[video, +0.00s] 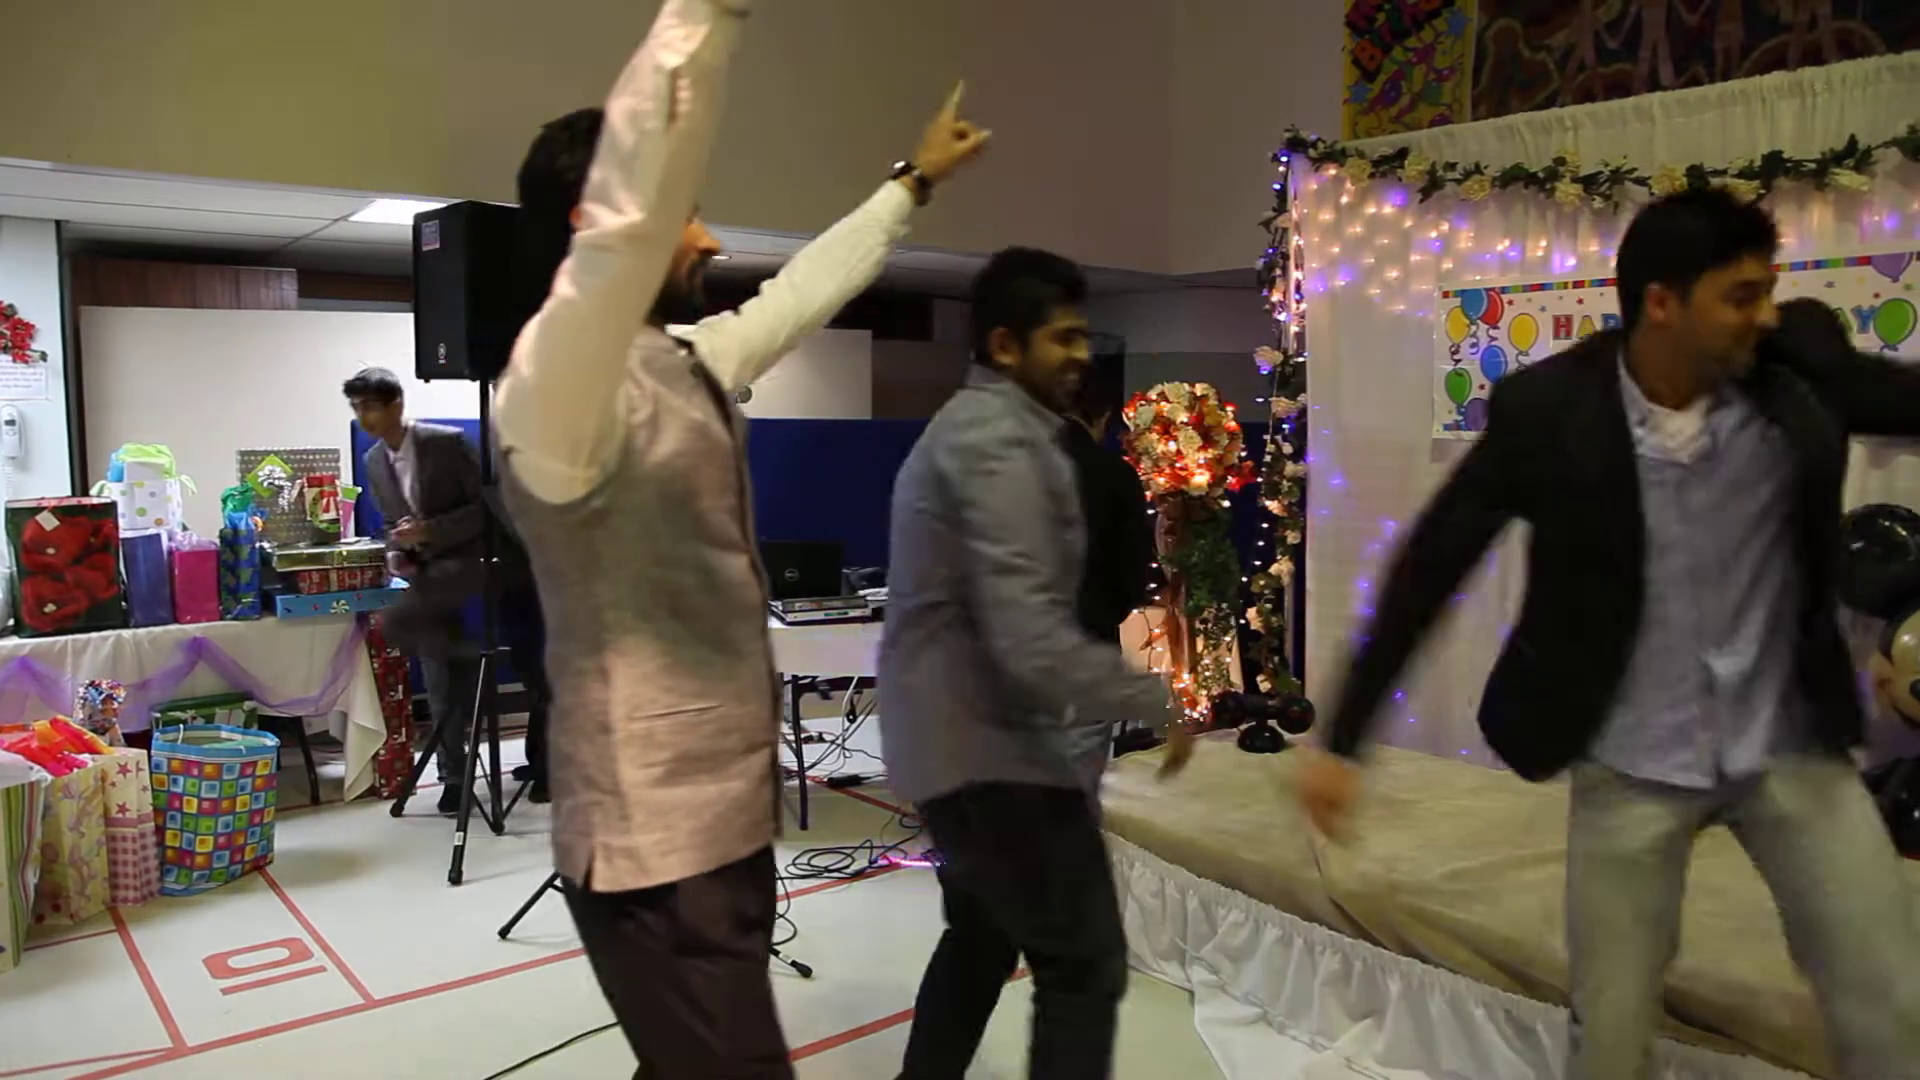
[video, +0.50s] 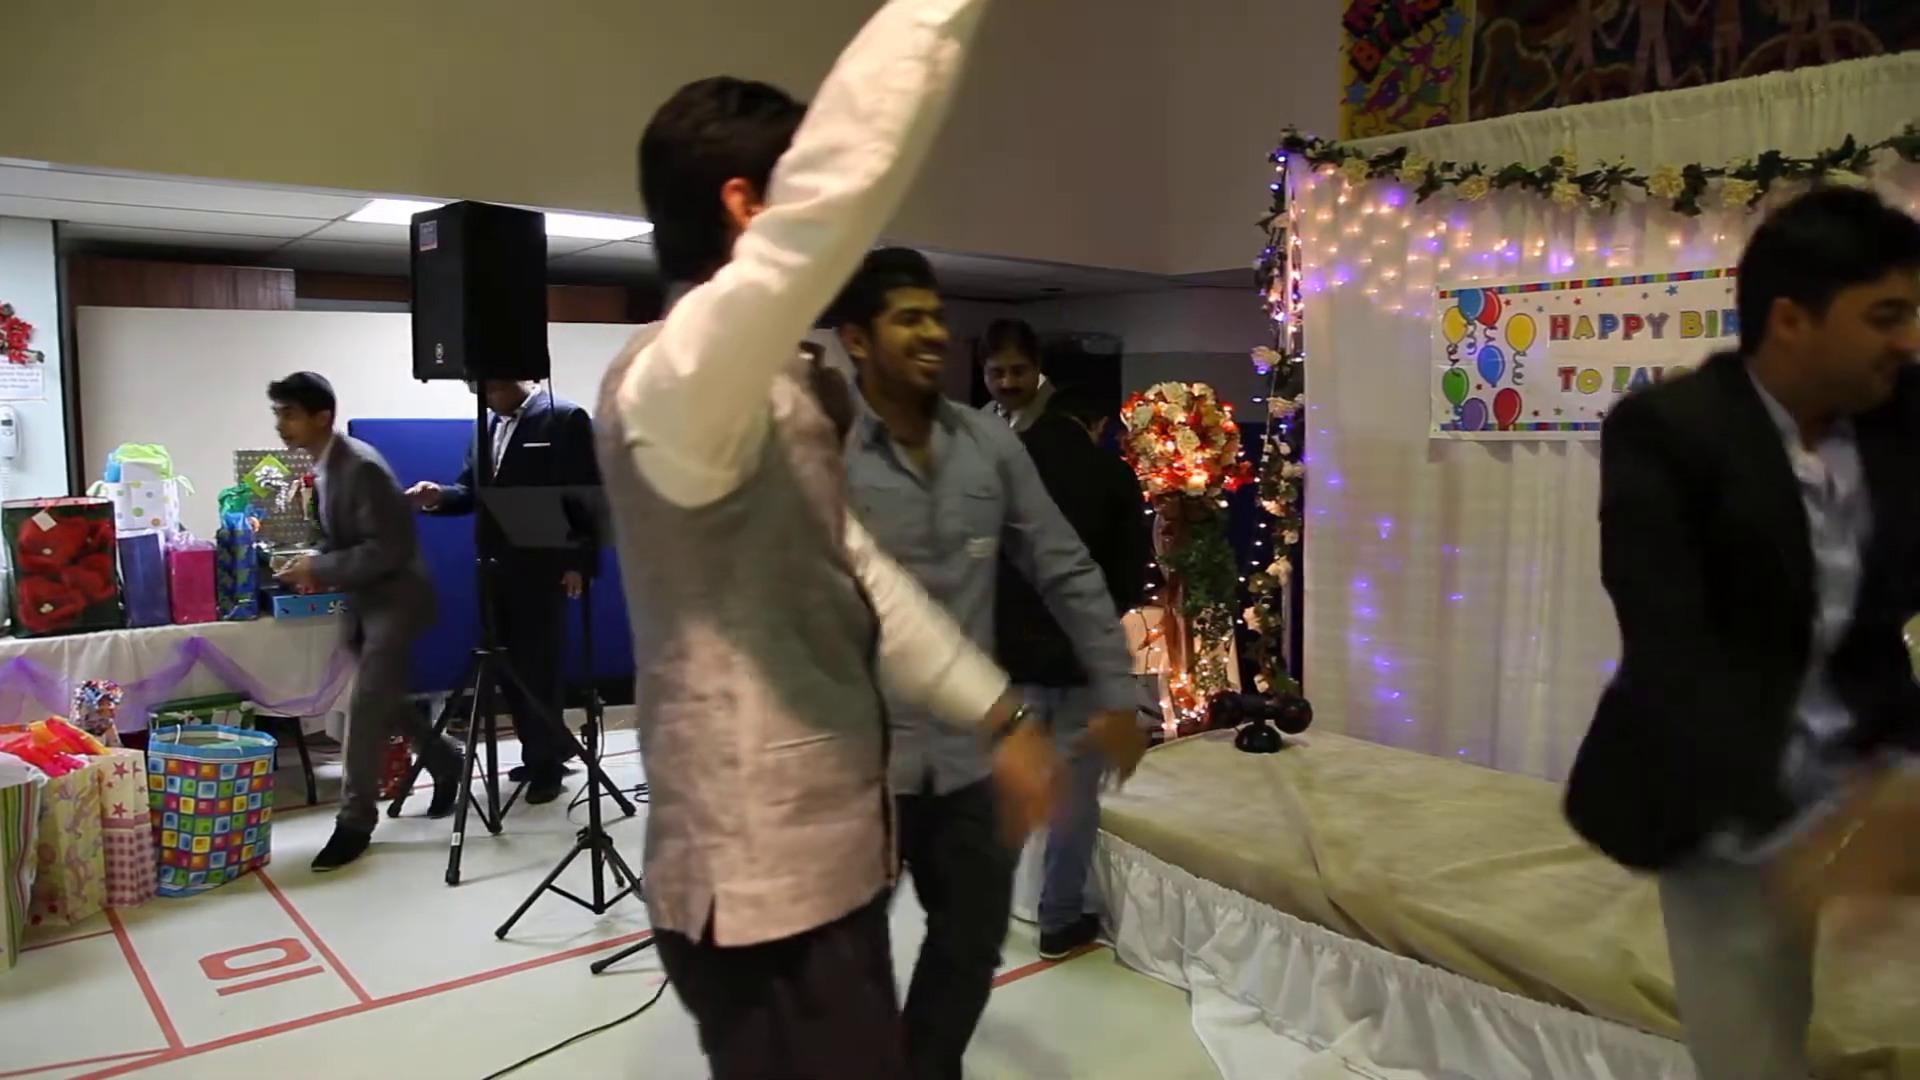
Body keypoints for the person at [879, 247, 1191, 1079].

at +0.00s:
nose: (1082, 355)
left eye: (1084, 338)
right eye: (1063, 338)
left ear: (1013, 348)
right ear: (1003, 346)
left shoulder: (969, 425)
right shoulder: (999, 438)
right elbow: (1028, 638)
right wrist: (1154, 703)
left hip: (953, 754)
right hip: (999, 756)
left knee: (979, 942)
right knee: (1085, 967)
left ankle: (926, 1074)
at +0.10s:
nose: (1053, 339)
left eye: (1055, 322)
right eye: (1031, 323)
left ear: (1050, 326)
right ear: (970, 335)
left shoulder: (1003, 430)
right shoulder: (950, 438)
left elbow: (1001, 610)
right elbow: (960, 625)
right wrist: (1075, 756)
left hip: (991, 744)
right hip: (953, 747)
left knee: (969, 935)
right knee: (1056, 930)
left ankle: (923, 1072)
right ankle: (995, 1070)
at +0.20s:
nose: (1020, 327)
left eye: (1024, 309)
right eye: (997, 311)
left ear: (1030, 319)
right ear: (943, 323)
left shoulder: (1009, 431)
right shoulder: (903, 443)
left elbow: (1044, 562)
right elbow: (903, 631)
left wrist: (1056, 654)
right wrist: (977, 776)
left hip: (996, 731)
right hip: (929, 749)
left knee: (987, 942)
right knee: (991, 952)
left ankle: (925, 1062)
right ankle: (916, 1069)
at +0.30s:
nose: (990, 337)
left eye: (994, 322)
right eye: (968, 323)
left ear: (1001, 328)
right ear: (913, 337)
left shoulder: (1003, 435)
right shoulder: (864, 449)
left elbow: (1054, 552)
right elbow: (860, 633)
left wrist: (1109, 652)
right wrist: (887, 804)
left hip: (1006, 750)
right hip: (920, 764)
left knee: (997, 950)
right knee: (945, 954)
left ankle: (935, 1069)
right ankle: (847, 1061)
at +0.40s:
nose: (964, 346)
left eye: (968, 331)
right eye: (941, 331)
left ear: (974, 343)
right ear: (886, 351)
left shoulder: (1002, 453)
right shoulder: (846, 452)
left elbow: (1072, 572)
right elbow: (814, 600)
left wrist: (1140, 685)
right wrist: (832, 741)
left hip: (998, 744)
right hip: (894, 752)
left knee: (994, 947)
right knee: (881, 951)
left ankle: (933, 1071)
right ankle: (803, 1040)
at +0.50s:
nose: (932, 337)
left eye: (939, 322)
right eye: (910, 321)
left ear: (946, 336)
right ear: (858, 337)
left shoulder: (989, 445)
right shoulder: (822, 448)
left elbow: (1066, 568)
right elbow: (795, 595)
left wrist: (1118, 694)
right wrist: (816, 735)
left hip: (966, 742)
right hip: (856, 748)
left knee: (974, 938)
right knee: (849, 946)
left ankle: (928, 1066)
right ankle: (855, 1062)